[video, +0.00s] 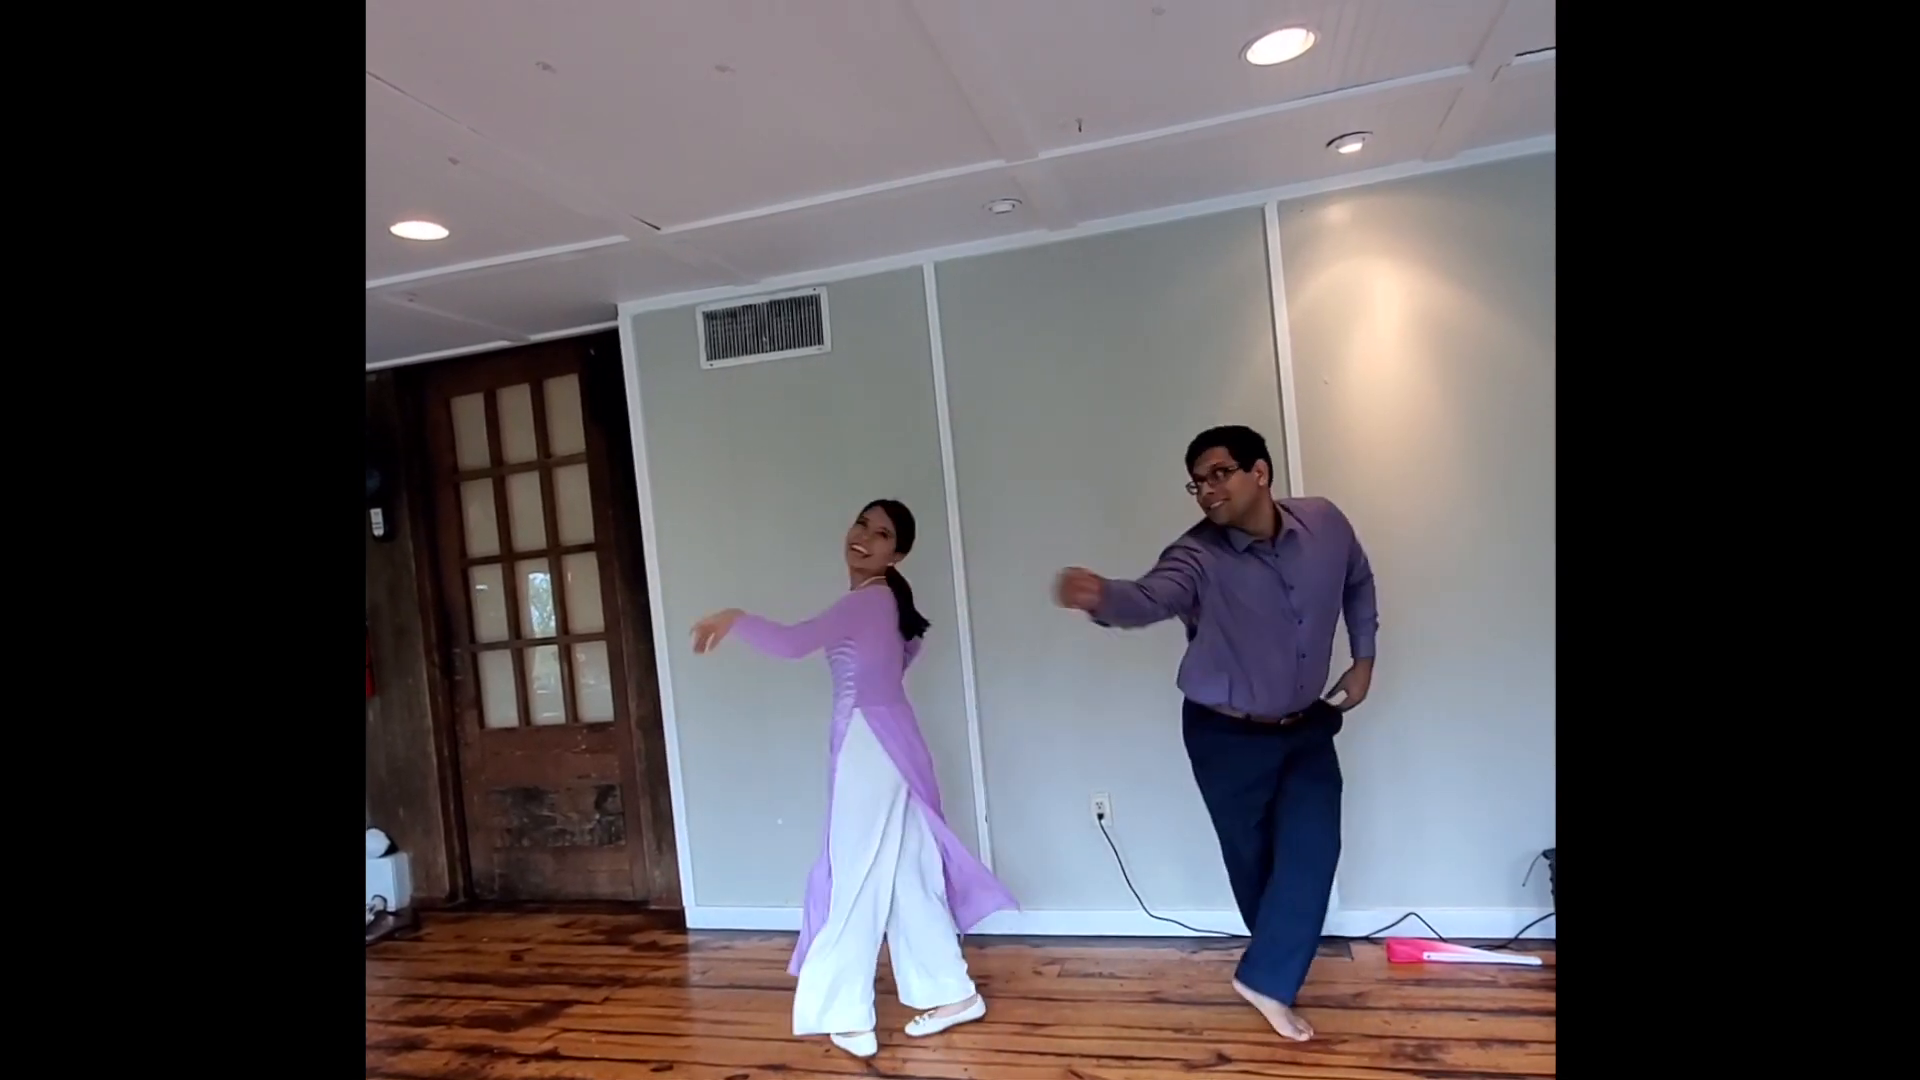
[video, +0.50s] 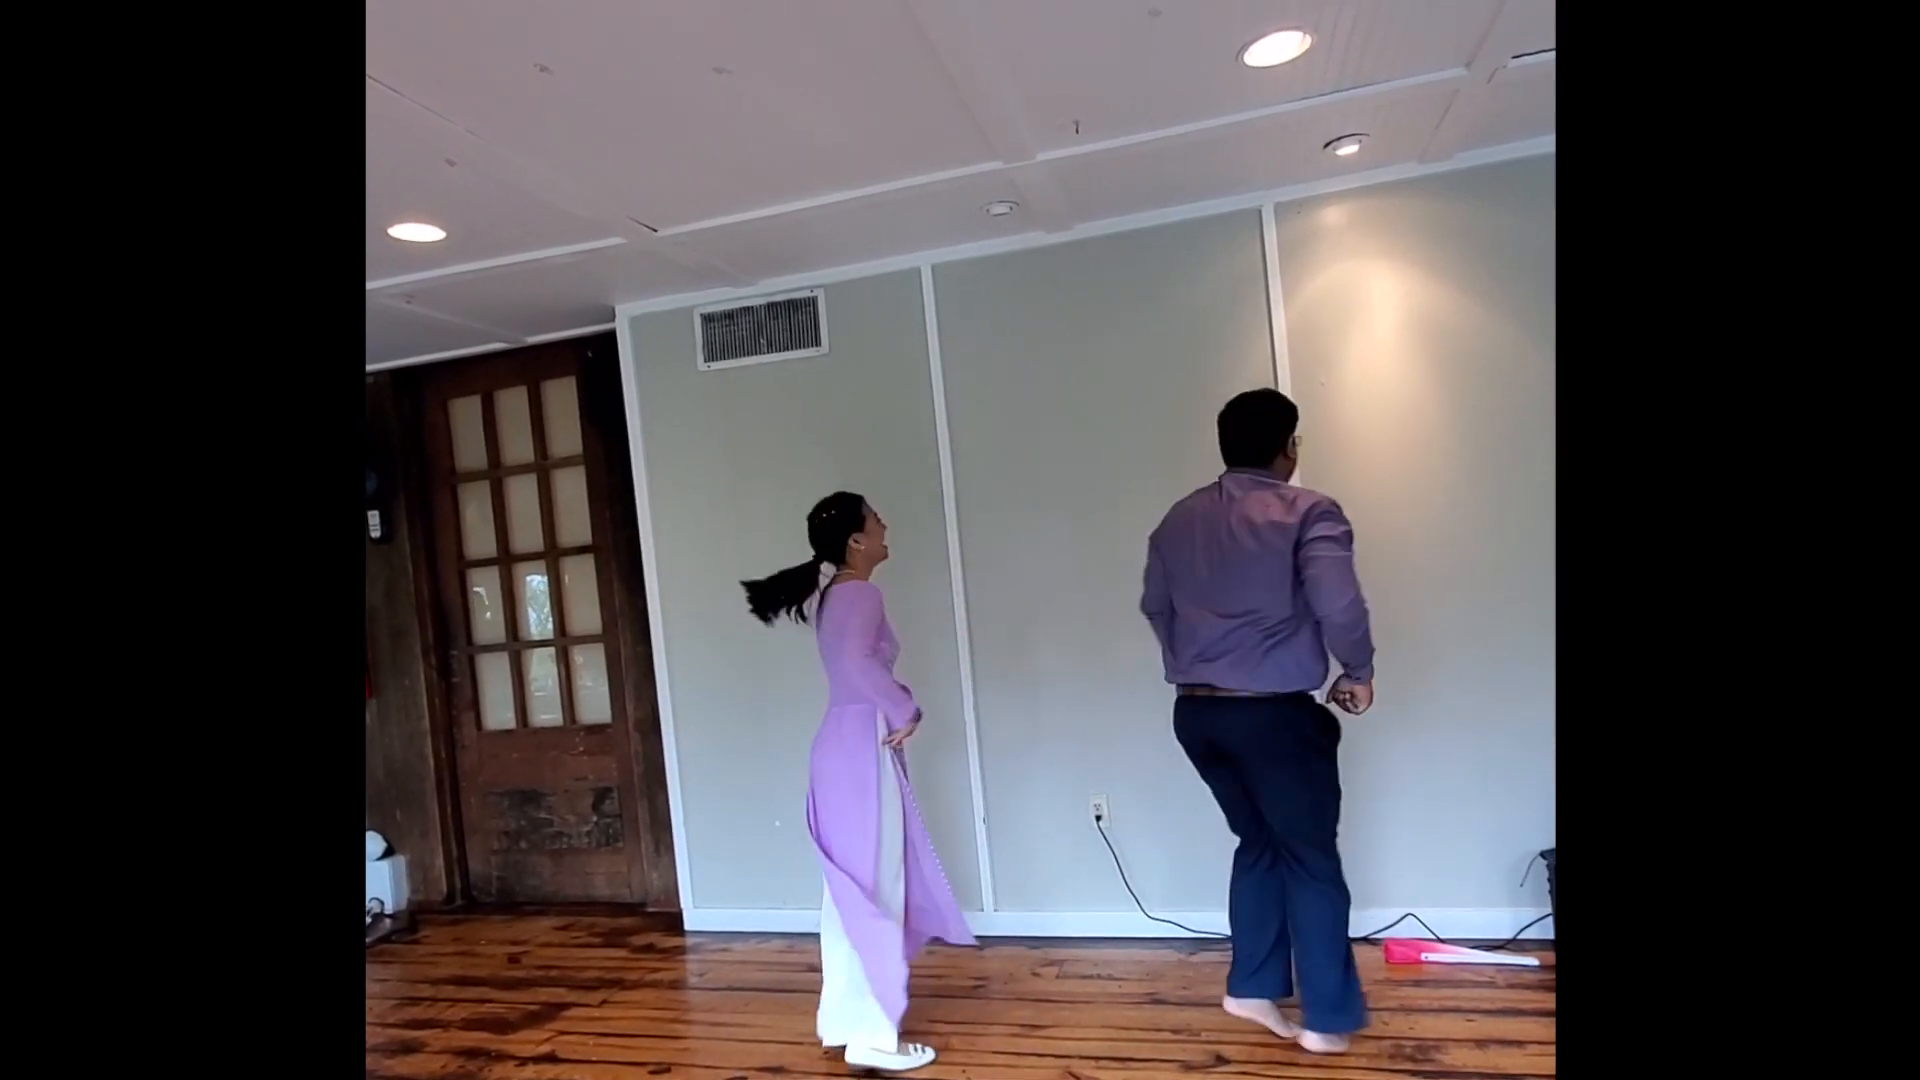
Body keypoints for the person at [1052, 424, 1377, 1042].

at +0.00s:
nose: (1206, 491)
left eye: (1217, 476)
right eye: (1197, 484)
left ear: (1260, 473)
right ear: (1197, 494)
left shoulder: (1322, 521)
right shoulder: (1199, 555)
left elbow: (1356, 581)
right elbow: (1152, 596)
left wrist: (1364, 658)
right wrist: (1103, 597)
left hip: (1305, 725)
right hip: (1226, 732)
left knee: (1313, 850)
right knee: (1252, 859)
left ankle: (1268, 979)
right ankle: (1281, 962)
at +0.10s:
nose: (1230, 491)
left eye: (1243, 476)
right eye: (1219, 482)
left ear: (1278, 479)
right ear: (1213, 492)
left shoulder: (1319, 533)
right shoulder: (1206, 558)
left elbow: (1333, 615)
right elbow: (1162, 644)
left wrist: (1331, 688)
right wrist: (1189, 624)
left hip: (1298, 735)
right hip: (1220, 743)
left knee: (1302, 866)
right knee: (1239, 873)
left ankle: (1261, 991)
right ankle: (1266, 959)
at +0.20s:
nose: (1264, 484)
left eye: (1274, 469)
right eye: (1246, 477)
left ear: (1290, 476)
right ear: (1225, 491)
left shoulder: (1301, 542)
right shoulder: (1218, 567)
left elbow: (1294, 629)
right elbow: (1208, 657)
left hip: (1290, 728)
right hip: (1222, 737)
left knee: (1296, 871)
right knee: (1263, 872)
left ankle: (1259, 994)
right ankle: (1218, 938)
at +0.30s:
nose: (1298, 466)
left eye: (1299, 455)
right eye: (1281, 460)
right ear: (1240, 480)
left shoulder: (1255, 527)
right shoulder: (1249, 553)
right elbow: (1259, 651)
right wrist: (1349, 693)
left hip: (1265, 720)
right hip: (1231, 729)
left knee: (1289, 857)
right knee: (1317, 862)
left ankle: (1261, 993)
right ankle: (1216, 949)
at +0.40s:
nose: (1309, 449)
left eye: (1304, 438)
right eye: (1297, 441)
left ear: (1247, 458)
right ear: (1265, 456)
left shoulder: (1203, 521)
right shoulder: (1287, 529)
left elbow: (1188, 602)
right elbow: (1299, 626)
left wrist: (1241, 652)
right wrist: (1349, 676)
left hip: (1203, 717)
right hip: (1259, 720)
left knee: (1269, 846)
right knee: (1337, 849)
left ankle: (1254, 978)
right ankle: (1262, 984)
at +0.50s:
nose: (1297, 450)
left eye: (1292, 440)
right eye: (1295, 442)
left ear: (1224, 448)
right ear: (1287, 450)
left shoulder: (1177, 520)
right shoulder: (1309, 513)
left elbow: (1157, 606)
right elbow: (1340, 608)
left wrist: (1188, 669)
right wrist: (1358, 671)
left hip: (1199, 718)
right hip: (1280, 717)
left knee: (1256, 840)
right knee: (1312, 856)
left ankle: (1250, 989)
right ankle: (1329, 1018)